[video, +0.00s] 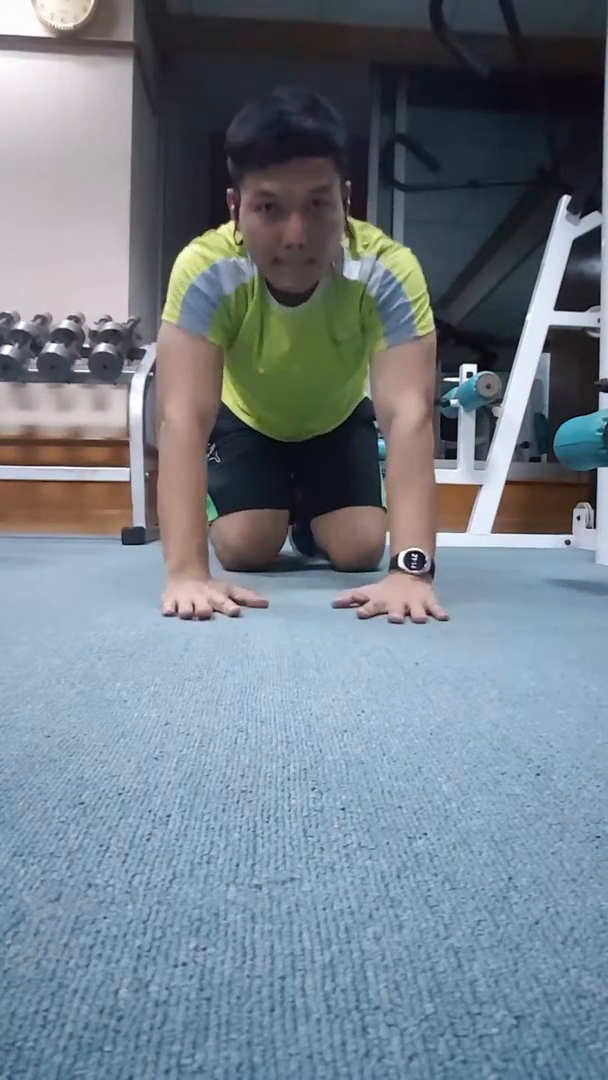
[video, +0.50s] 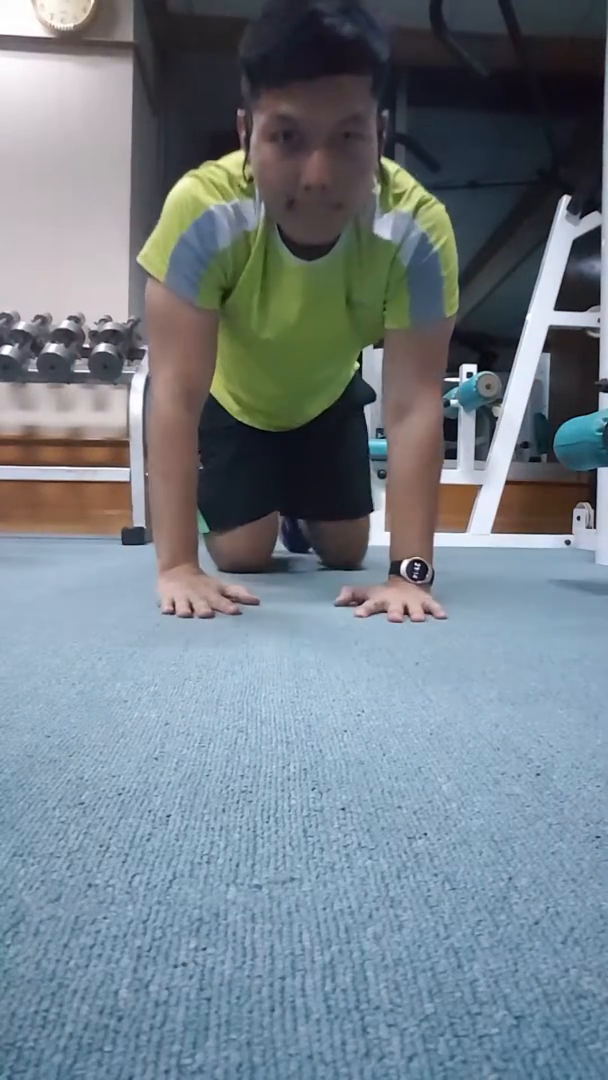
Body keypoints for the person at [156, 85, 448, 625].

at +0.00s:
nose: (295, 234)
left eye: (318, 204)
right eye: (270, 208)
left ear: (345, 198)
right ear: (236, 207)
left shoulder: (389, 271)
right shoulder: (206, 269)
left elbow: (410, 416)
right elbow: (183, 419)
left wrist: (411, 567)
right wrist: (188, 574)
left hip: (340, 416)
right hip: (245, 417)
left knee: (359, 550)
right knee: (247, 551)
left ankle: (307, 522)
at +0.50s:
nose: (317, 174)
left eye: (348, 136)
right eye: (286, 137)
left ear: (381, 133)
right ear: (245, 134)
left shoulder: (415, 227)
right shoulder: (202, 210)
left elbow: (416, 405)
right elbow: (175, 394)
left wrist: (411, 574)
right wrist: (178, 567)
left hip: (331, 396)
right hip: (231, 398)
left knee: (347, 553)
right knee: (241, 558)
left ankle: (299, 510)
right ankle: (269, 510)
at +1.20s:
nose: (294, 155)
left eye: (325, 116)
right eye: (260, 120)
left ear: (363, 110)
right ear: (220, 119)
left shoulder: (418, 215)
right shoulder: (184, 211)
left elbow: (421, 409)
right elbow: (179, 399)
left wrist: (412, 573)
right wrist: (177, 572)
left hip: (346, 385)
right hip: (245, 382)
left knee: (321, 471)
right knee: (251, 498)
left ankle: (299, 503)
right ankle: (256, 517)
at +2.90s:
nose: (306, 200)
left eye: (337, 166)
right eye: (276, 165)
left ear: (377, 127)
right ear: (229, 126)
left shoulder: (428, 250)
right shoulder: (185, 239)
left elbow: (441, 426)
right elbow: (144, 418)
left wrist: (415, 575)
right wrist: (175, 575)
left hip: (344, 436)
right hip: (244, 431)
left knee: (315, 486)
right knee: (257, 482)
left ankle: (301, 508)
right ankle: (263, 506)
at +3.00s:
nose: (306, 248)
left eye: (337, 212)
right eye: (271, 215)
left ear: (376, 171)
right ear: (222, 169)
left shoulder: (428, 275)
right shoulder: (175, 260)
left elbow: (451, 436)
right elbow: (125, 427)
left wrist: (415, 574)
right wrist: (173, 574)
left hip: (339, 463)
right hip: (240, 458)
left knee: (314, 499)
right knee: (256, 498)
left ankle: (301, 519)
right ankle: (260, 518)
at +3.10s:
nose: (303, 308)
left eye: (336, 274)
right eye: (268, 274)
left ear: (380, 219)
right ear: (219, 216)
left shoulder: (435, 315)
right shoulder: (167, 296)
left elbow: (459, 448)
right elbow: (114, 439)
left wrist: (416, 575)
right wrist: (172, 574)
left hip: (336, 487)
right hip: (235, 484)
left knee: (317, 515)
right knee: (250, 516)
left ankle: (304, 531)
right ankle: (259, 528)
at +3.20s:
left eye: (342, 337)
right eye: (270, 337)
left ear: (383, 284)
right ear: (217, 272)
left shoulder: (442, 356)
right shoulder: (162, 333)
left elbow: (469, 451)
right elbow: (107, 446)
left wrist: (416, 576)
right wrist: (173, 576)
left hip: (337, 506)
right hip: (225, 499)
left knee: (324, 528)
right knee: (250, 532)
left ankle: (325, 534)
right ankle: (264, 545)